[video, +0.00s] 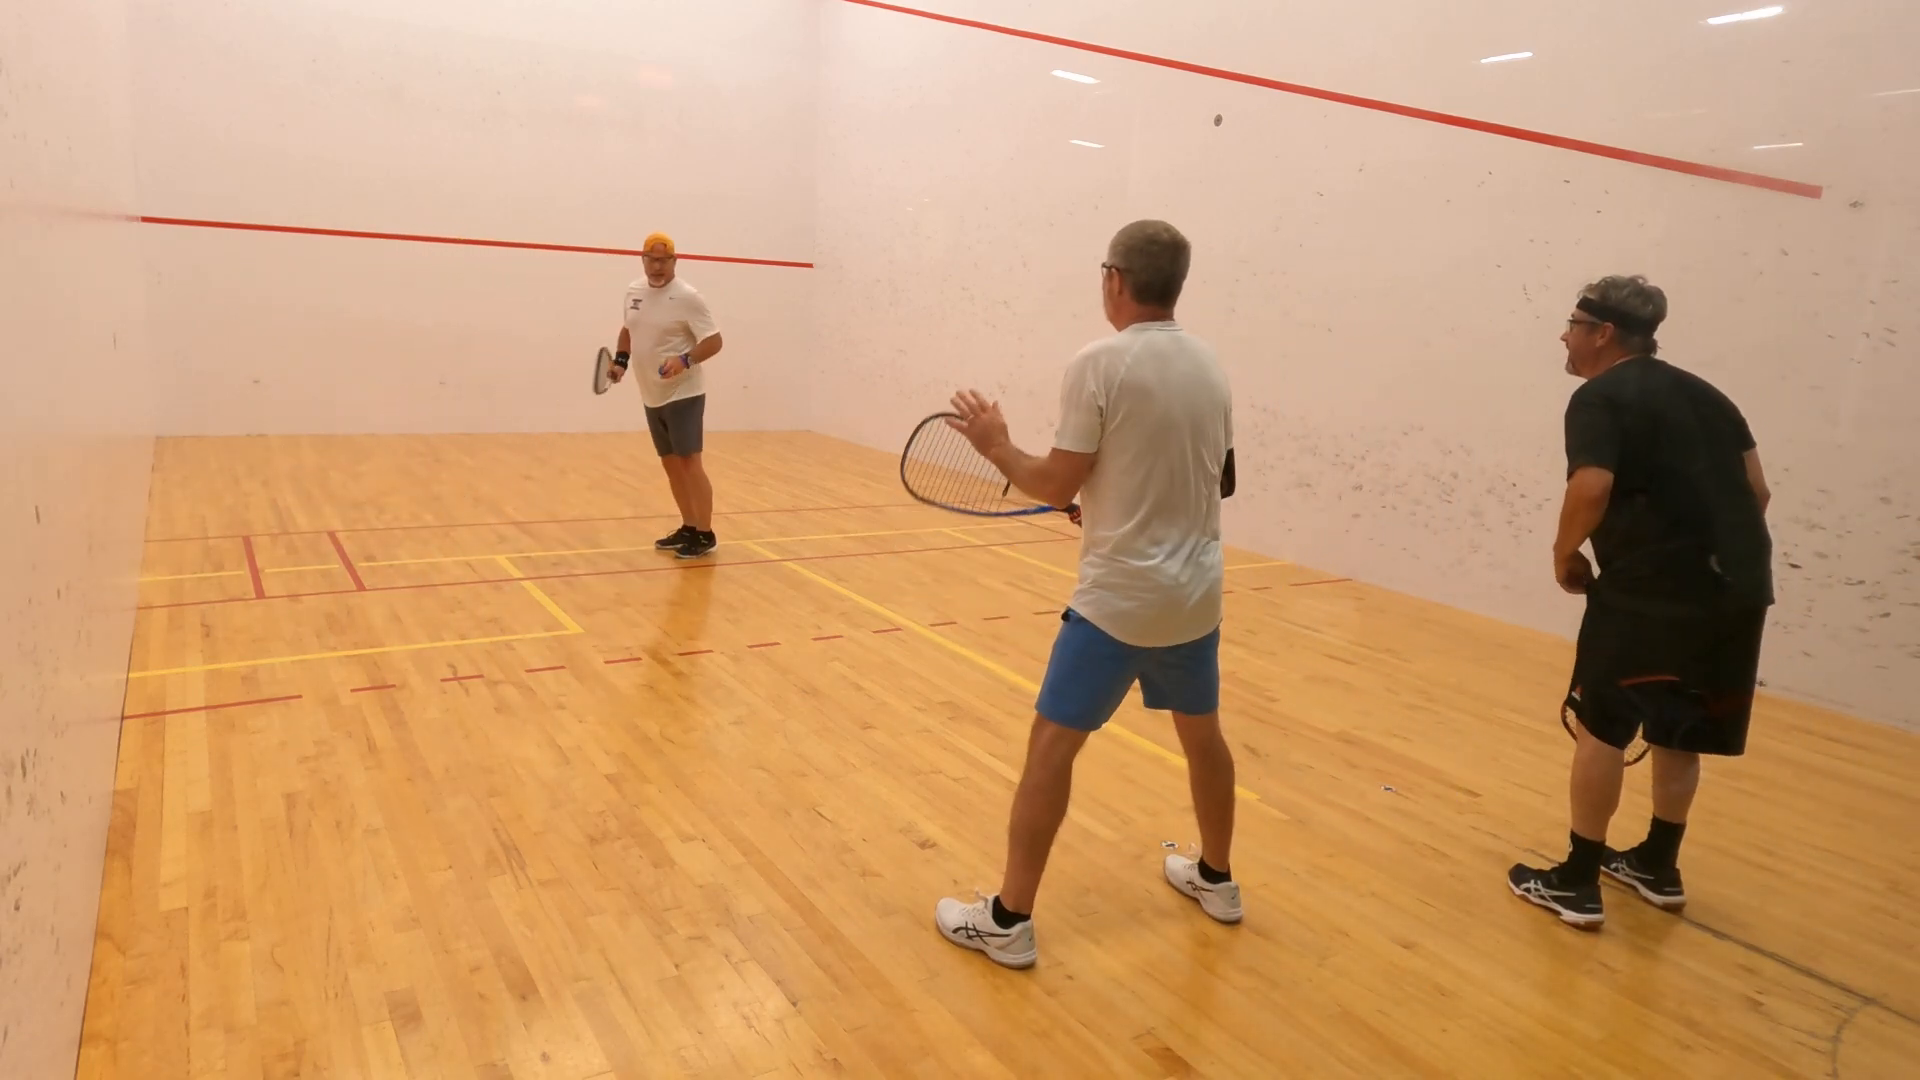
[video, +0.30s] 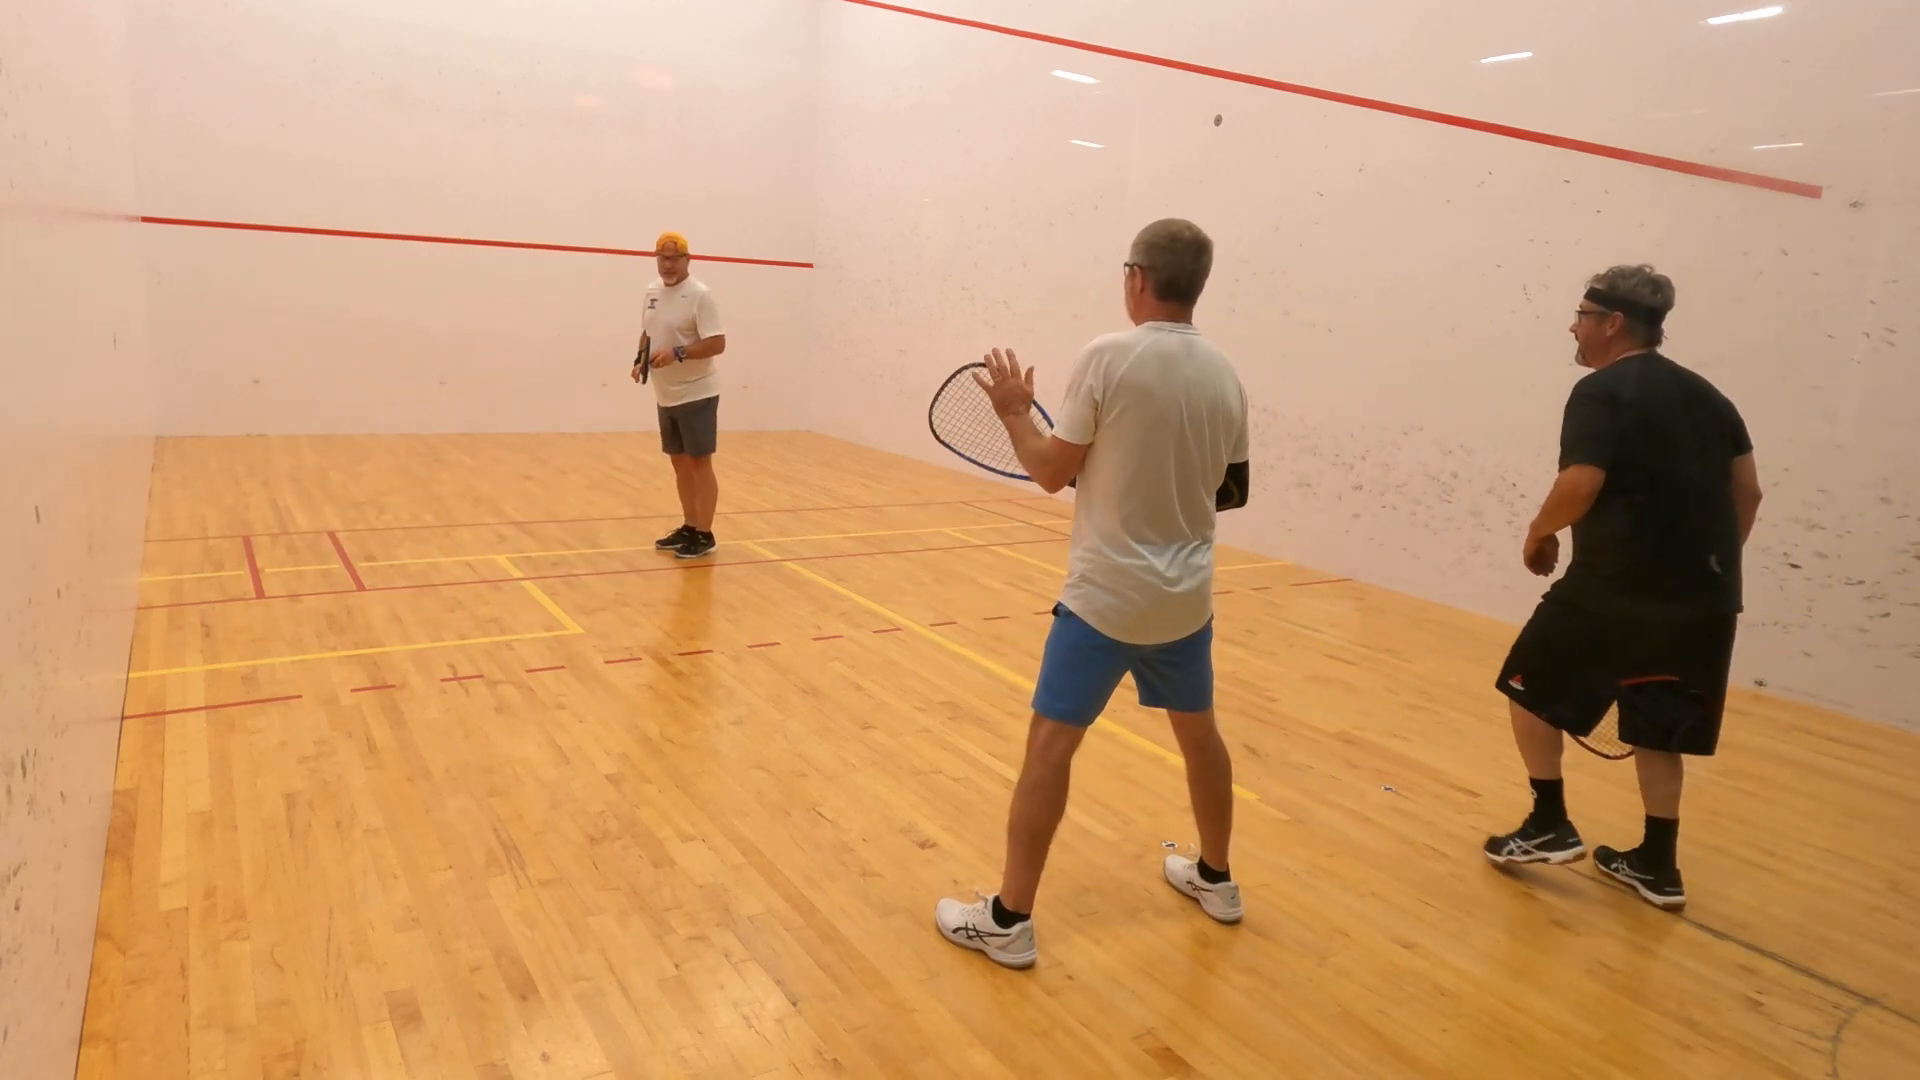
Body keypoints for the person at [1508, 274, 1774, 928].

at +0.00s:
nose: (1564, 335)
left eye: (1574, 325)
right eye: (1569, 323)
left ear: (1605, 334)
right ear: (1629, 337)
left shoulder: (1598, 397)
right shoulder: (1709, 396)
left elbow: (1591, 485)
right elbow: (1755, 491)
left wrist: (1566, 551)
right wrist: (1721, 564)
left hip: (1644, 591)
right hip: (1727, 598)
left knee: (1601, 722)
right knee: (1678, 723)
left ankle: (1578, 878)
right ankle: (1659, 863)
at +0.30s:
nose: (1573, 326)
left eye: (1584, 315)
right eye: (1578, 313)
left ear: (1618, 325)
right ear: (1644, 328)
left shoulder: (1600, 391)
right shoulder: (1709, 397)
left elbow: (1581, 481)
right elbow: (1747, 493)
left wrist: (1542, 531)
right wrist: (1712, 566)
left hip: (1610, 594)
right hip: (1698, 602)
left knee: (1531, 687)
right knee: (1657, 718)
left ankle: (1549, 823)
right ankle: (1658, 861)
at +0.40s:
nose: (1561, 327)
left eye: (1570, 316)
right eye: (1565, 315)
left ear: (1600, 325)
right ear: (1623, 329)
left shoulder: (1585, 393)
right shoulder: (1693, 399)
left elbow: (1570, 483)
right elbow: (1724, 495)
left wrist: (1524, 530)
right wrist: (1691, 560)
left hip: (1594, 592)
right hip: (1679, 602)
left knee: (1506, 674)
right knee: (1647, 722)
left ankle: (1488, 803)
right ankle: (1657, 861)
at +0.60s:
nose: (1509, 328)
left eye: (1518, 319)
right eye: (1514, 316)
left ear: (1546, 331)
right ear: (1570, 336)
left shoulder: (1534, 399)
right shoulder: (1630, 402)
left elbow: (1523, 489)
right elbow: (1654, 495)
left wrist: (1475, 530)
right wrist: (1610, 546)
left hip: (1539, 588)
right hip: (1618, 595)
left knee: (1459, 665)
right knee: (1618, 714)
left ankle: (1419, 773)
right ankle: (1653, 857)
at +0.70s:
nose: (1474, 323)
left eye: (1484, 315)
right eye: (1480, 312)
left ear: (1510, 328)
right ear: (1536, 331)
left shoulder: (1498, 398)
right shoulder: (1587, 397)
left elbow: (1488, 488)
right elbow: (1613, 486)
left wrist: (1440, 529)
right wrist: (1574, 543)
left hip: (1502, 576)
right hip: (1576, 584)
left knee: (1429, 656)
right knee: (1588, 701)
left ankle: (1410, 771)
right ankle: (1645, 838)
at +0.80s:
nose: (1441, 315)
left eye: (1450, 307)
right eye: (1446, 305)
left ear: (1475, 321)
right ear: (1499, 324)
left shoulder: (1464, 390)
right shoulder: (1551, 388)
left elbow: (1452, 478)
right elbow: (1573, 474)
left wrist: (1405, 515)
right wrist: (1547, 534)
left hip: (1462, 566)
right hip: (1534, 570)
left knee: (1410, 661)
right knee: (1523, 676)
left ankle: (1407, 773)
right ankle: (1604, 792)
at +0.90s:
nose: (1414, 311)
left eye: (1423, 303)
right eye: (1418, 300)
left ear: (1448, 314)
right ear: (1473, 317)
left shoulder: (1436, 382)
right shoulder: (1521, 383)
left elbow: (1417, 468)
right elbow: (1539, 470)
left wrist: (1370, 499)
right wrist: (1506, 523)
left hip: (1433, 556)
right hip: (1498, 559)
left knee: (1393, 657)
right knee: (1460, 652)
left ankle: (1406, 772)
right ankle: (1530, 753)